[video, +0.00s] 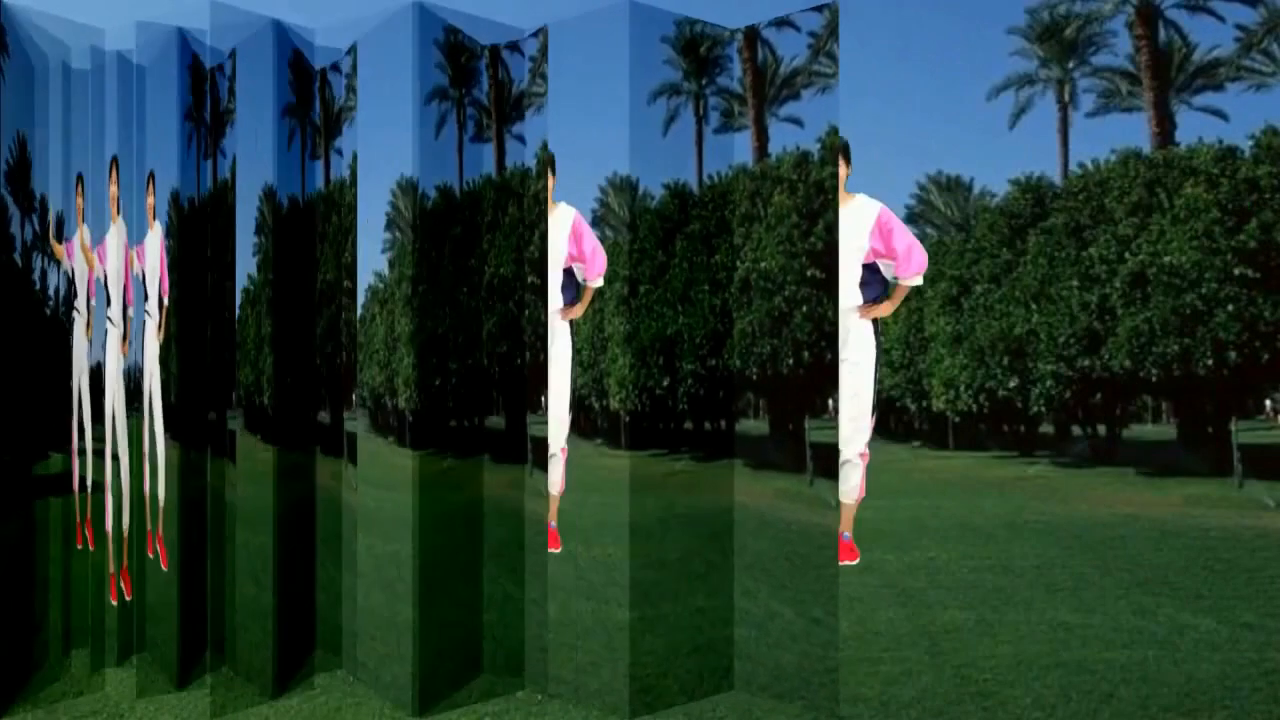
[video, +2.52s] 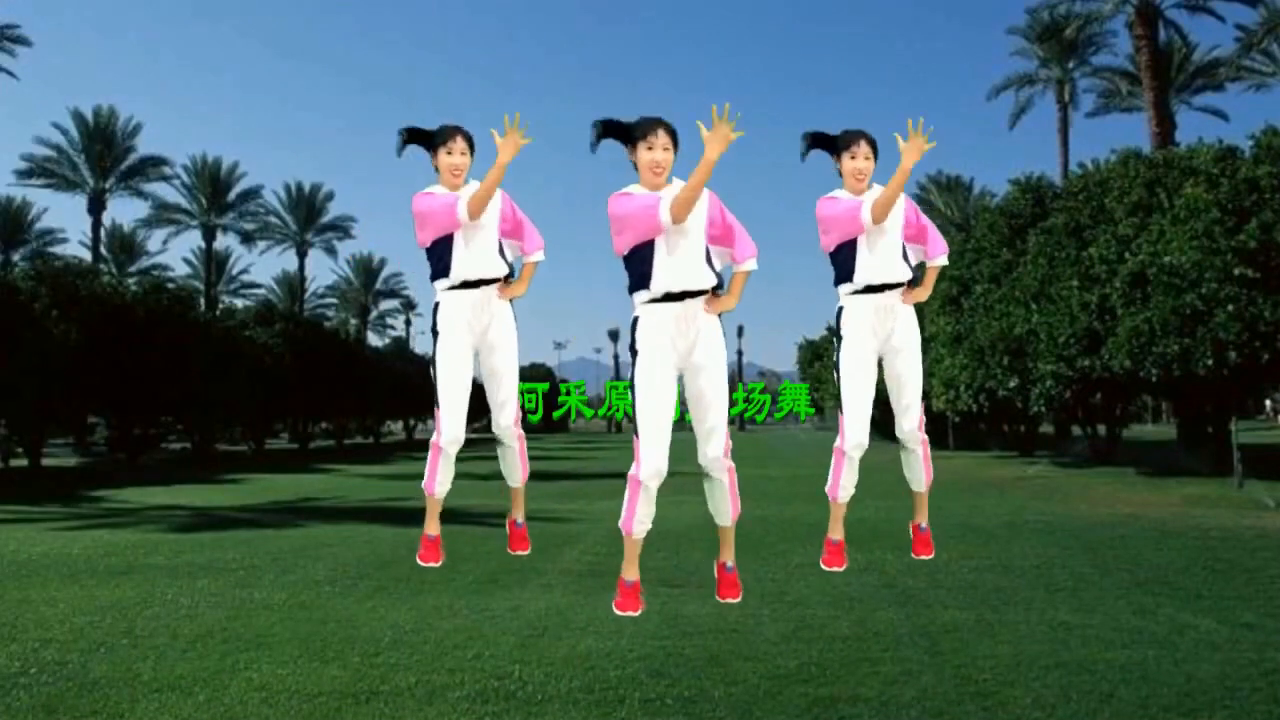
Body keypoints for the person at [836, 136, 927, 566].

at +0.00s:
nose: (830, 176)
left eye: (836, 167)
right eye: (824, 168)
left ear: (846, 169)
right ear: (816, 172)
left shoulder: (868, 212)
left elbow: (914, 258)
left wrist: (890, 305)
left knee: (854, 429)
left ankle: (845, 532)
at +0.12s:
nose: (830, 173)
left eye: (837, 165)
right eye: (823, 166)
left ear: (849, 170)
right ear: (813, 171)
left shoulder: (872, 215)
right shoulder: (801, 220)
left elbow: (914, 262)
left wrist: (892, 307)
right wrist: (783, 309)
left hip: (859, 328)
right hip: (814, 329)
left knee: (854, 434)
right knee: (822, 435)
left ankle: (846, 533)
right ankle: (823, 534)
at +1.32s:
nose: (835, 175)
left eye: (841, 169)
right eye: (826, 169)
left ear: (849, 179)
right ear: (811, 178)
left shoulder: (872, 220)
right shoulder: (800, 232)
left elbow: (911, 267)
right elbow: (766, 287)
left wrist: (896, 315)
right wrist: (789, 270)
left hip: (863, 335)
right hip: (818, 337)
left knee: (859, 436)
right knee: (822, 439)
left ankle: (864, 500)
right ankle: (819, 534)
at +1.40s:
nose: (837, 167)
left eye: (843, 161)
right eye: (828, 160)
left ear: (850, 170)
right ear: (812, 168)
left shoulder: (872, 207)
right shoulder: (800, 219)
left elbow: (915, 254)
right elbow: (770, 263)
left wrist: (899, 301)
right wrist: (796, 215)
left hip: (868, 324)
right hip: (824, 329)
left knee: (873, 431)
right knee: (826, 435)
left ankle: (882, 498)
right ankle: (819, 534)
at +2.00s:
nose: (847, 152)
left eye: (852, 144)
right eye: (839, 145)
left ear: (862, 148)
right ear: (824, 153)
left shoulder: (889, 182)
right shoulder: (821, 193)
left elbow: (932, 224)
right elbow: (814, 223)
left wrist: (917, 276)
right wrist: (819, 169)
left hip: (887, 296)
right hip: (843, 298)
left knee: (892, 422)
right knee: (838, 417)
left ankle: (886, 462)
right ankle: (829, 523)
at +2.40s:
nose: (857, 153)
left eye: (859, 145)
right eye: (847, 146)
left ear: (867, 156)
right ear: (832, 159)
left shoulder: (895, 200)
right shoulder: (823, 205)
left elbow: (930, 247)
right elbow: (859, 217)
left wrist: (916, 291)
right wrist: (853, 159)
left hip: (889, 308)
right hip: (844, 309)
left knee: (898, 430)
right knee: (839, 430)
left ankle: (895, 492)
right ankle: (831, 530)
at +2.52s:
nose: (860, 165)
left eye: (867, 158)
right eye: (852, 157)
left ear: (877, 165)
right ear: (838, 164)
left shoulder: (899, 202)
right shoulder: (829, 206)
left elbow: (936, 246)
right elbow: (876, 214)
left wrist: (924, 288)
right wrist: (906, 167)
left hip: (901, 309)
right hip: (858, 313)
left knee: (910, 427)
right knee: (854, 432)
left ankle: (920, 521)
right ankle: (835, 533)